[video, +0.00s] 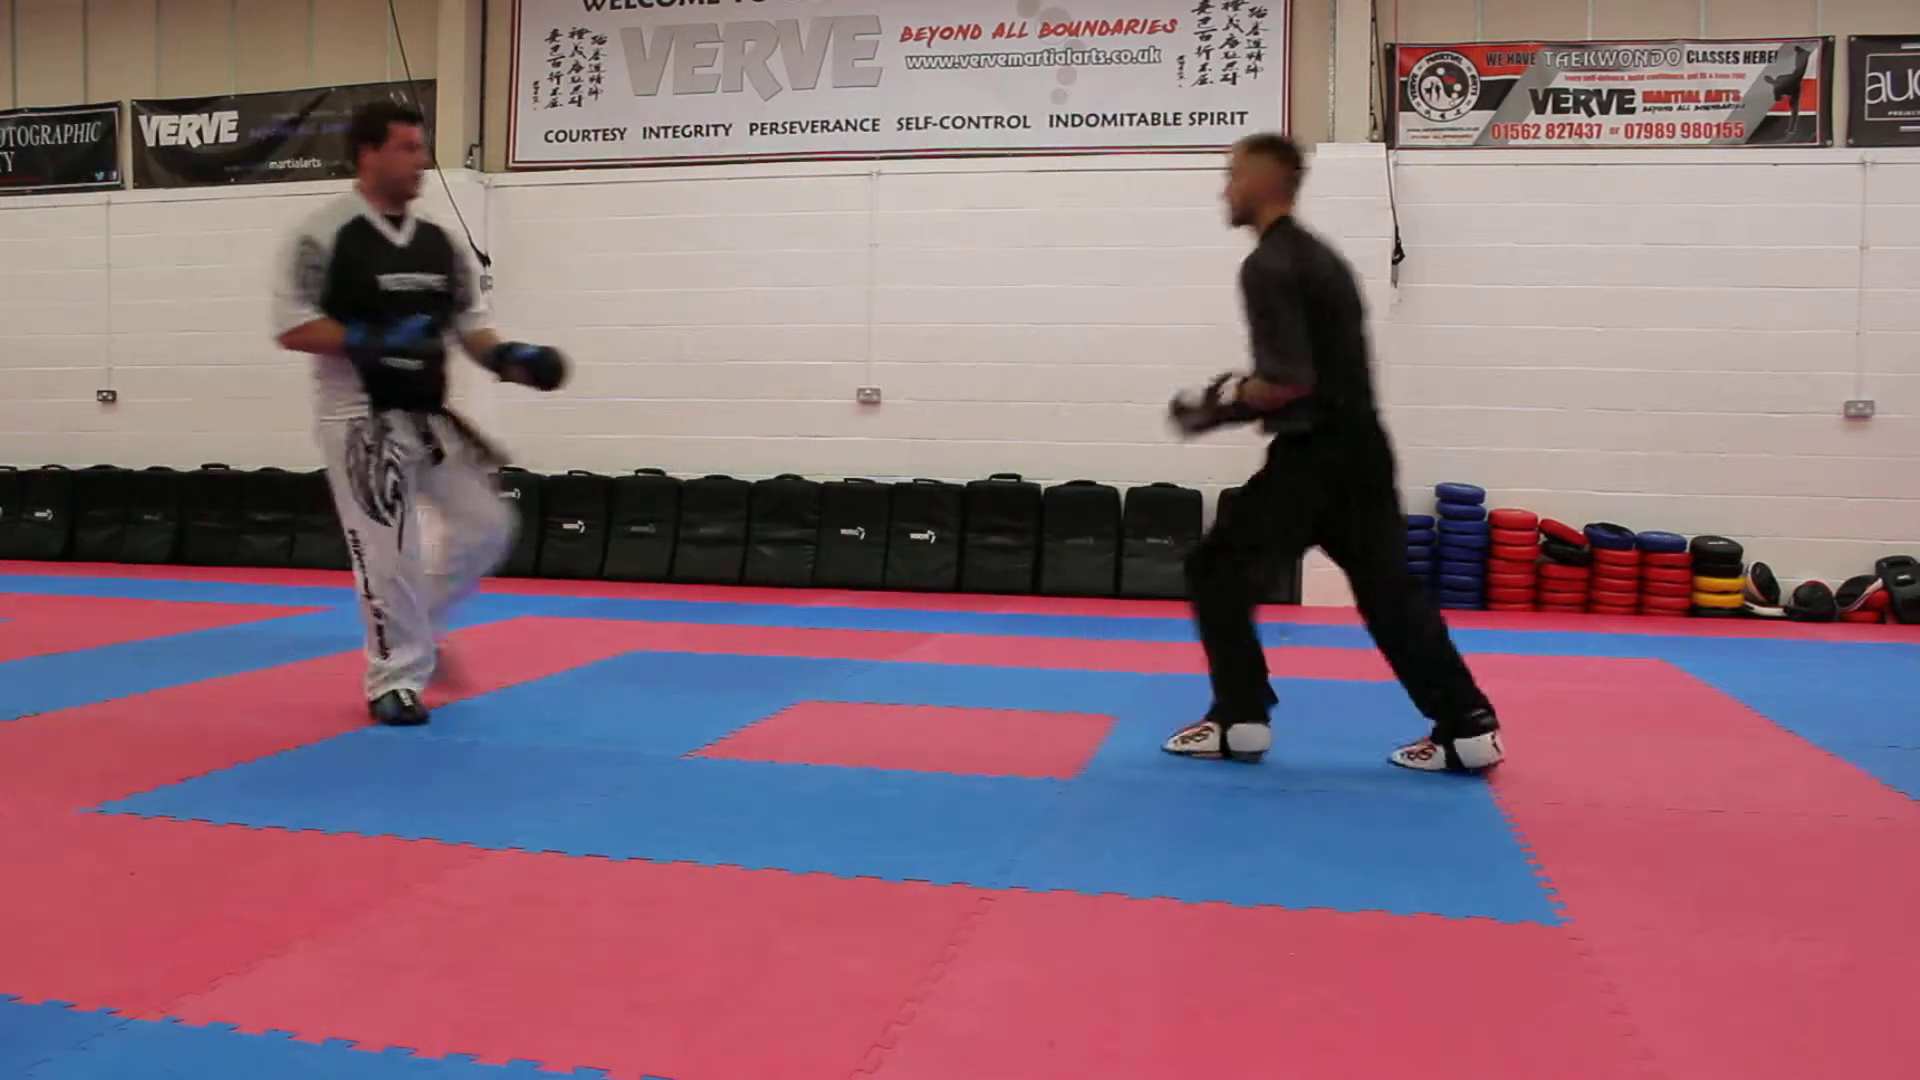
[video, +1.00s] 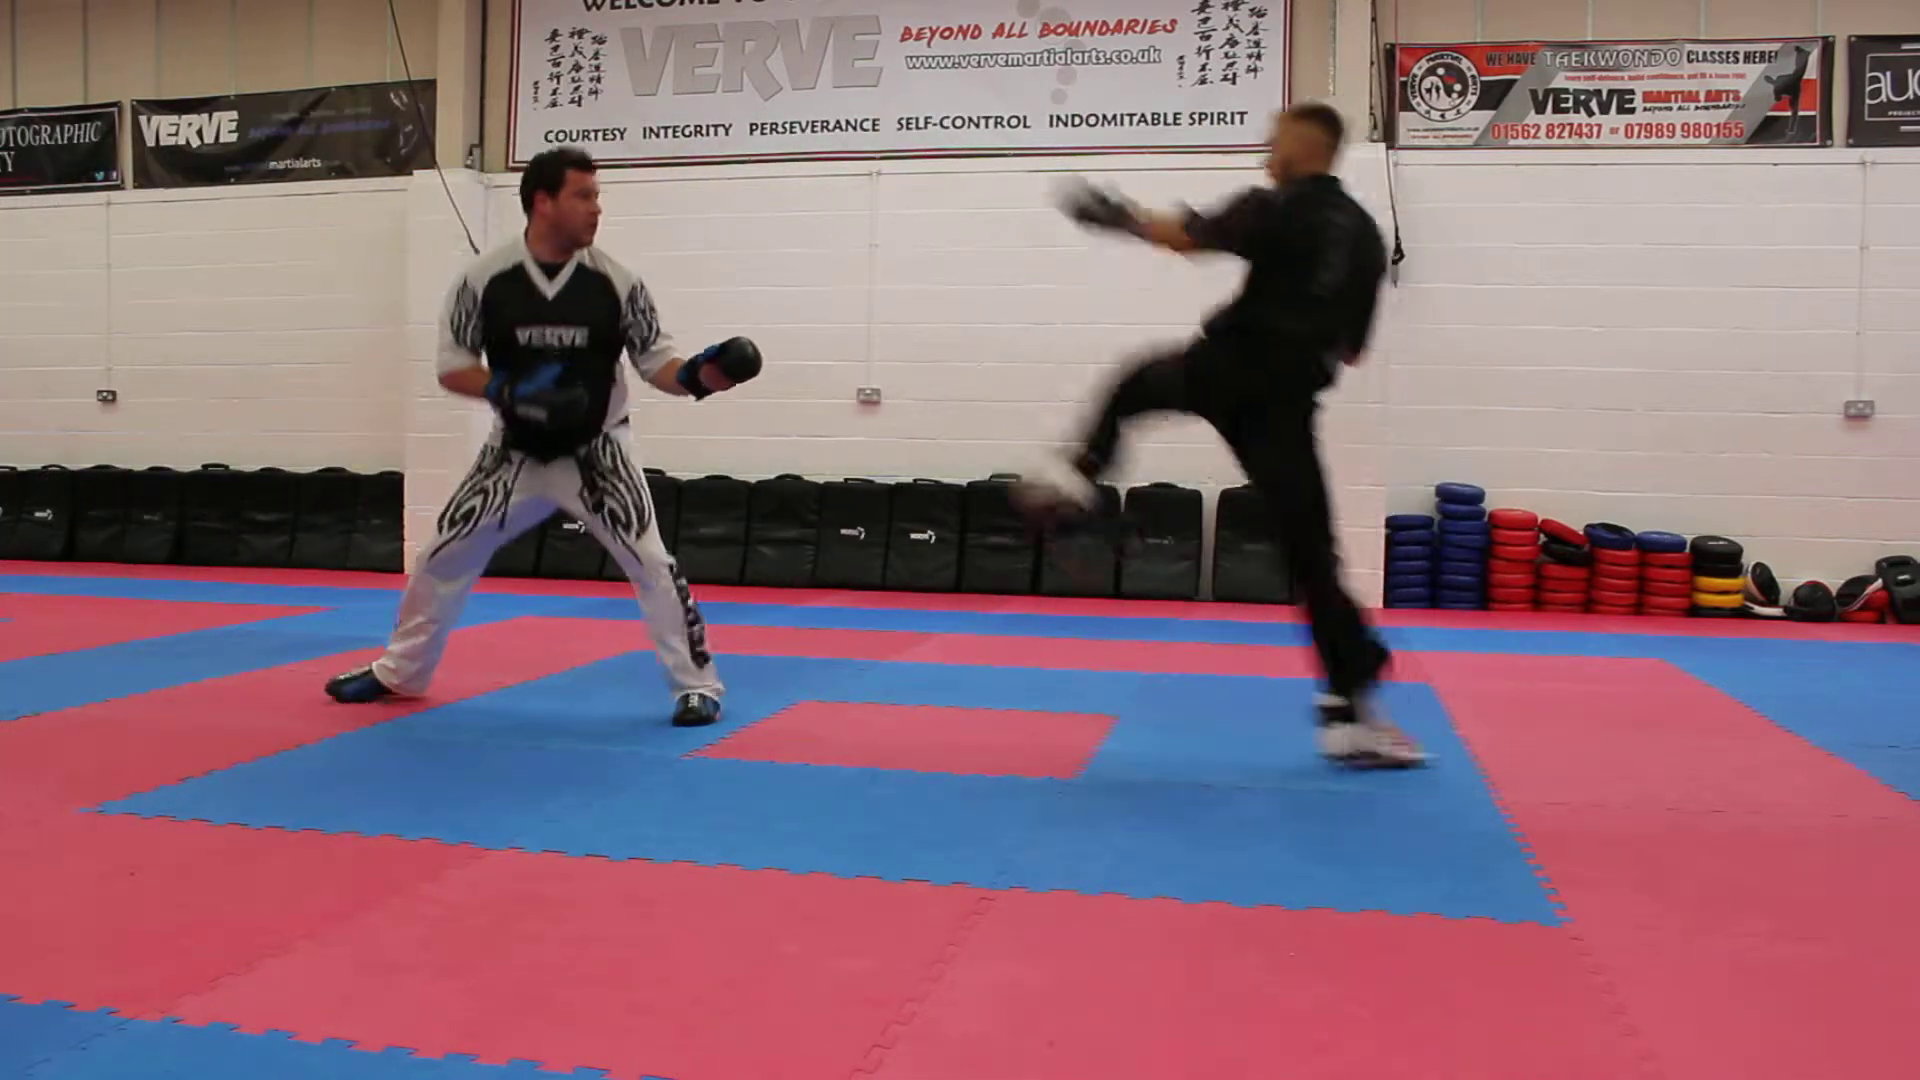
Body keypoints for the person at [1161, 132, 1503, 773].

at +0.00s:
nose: (1225, 187)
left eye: (1236, 173)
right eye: (1228, 173)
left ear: (1273, 183)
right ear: (1283, 186)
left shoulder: (1270, 265)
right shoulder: (1324, 260)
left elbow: (1287, 381)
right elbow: (1314, 382)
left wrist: (1237, 394)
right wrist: (1230, 408)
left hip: (1308, 466)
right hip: (1360, 463)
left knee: (1216, 571)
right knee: (1390, 598)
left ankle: (1240, 718)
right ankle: (1468, 728)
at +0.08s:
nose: (1251, 151)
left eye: (1261, 139)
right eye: (1255, 139)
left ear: (1293, 146)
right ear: (1307, 149)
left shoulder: (1289, 228)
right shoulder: (1358, 225)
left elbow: (1309, 337)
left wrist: (1243, 352)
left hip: (1324, 422)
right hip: (1382, 418)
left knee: (1262, 550)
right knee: (1409, 564)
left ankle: (1235, 705)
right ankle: (1462, 714)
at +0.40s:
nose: (1336, 157)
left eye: (1346, 145)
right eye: (1339, 145)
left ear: (1378, 154)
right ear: (1398, 156)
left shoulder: (1361, 240)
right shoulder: (1455, 241)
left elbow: (1359, 357)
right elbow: (1472, 356)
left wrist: (1298, 362)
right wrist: (1382, 350)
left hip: (1375, 442)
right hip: (1449, 440)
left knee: (1302, 567)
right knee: (1474, 582)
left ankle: (1262, 729)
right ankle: (1516, 742)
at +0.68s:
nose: (1323, 148)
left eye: (1331, 136)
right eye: (1327, 135)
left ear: (1363, 144)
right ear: (1390, 149)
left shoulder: (1321, 227)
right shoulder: (1446, 233)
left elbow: (1285, 333)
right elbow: (1456, 344)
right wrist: (1384, 332)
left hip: (1342, 424)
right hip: (1420, 424)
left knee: (1308, 575)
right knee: (1421, 564)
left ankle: (1270, 730)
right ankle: (1441, 698)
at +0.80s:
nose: (1325, 178)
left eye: (1333, 167)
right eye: (1329, 166)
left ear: (1365, 174)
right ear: (1388, 179)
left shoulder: (1313, 253)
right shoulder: (1437, 267)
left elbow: (1282, 354)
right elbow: (1458, 375)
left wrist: (1263, 377)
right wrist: (1393, 383)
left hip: (1310, 442)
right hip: (1387, 447)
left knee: (1264, 551)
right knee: (1390, 573)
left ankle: (1249, 683)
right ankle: (1405, 720)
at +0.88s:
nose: (1317, 184)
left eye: (1327, 173)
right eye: (1321, 172)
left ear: (1363, 181)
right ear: (1377, 185)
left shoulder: (1309, 248)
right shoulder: (1417, 270)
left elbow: (1271, 311)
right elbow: (1422, 375)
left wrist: (1222, 334)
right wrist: (1362, 357)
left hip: (1274, 428)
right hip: (1348, 443)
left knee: (1219, 524)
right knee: (1374, 579)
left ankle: (1188, 611)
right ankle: (1401, 726)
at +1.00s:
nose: (1270, 149)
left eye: (1280, 138)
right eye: (1274, 137)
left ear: (1308, 145)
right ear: (1330, 150)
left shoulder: (1276, 209)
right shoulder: (1365, 234)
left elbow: (1187, 235)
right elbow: (1352, 344)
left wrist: (1119, 216)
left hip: (1218, 372)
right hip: (1282, 405)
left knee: (1132, 389)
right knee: (1310, 552)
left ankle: (1083, 474)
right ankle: (1348, 708)